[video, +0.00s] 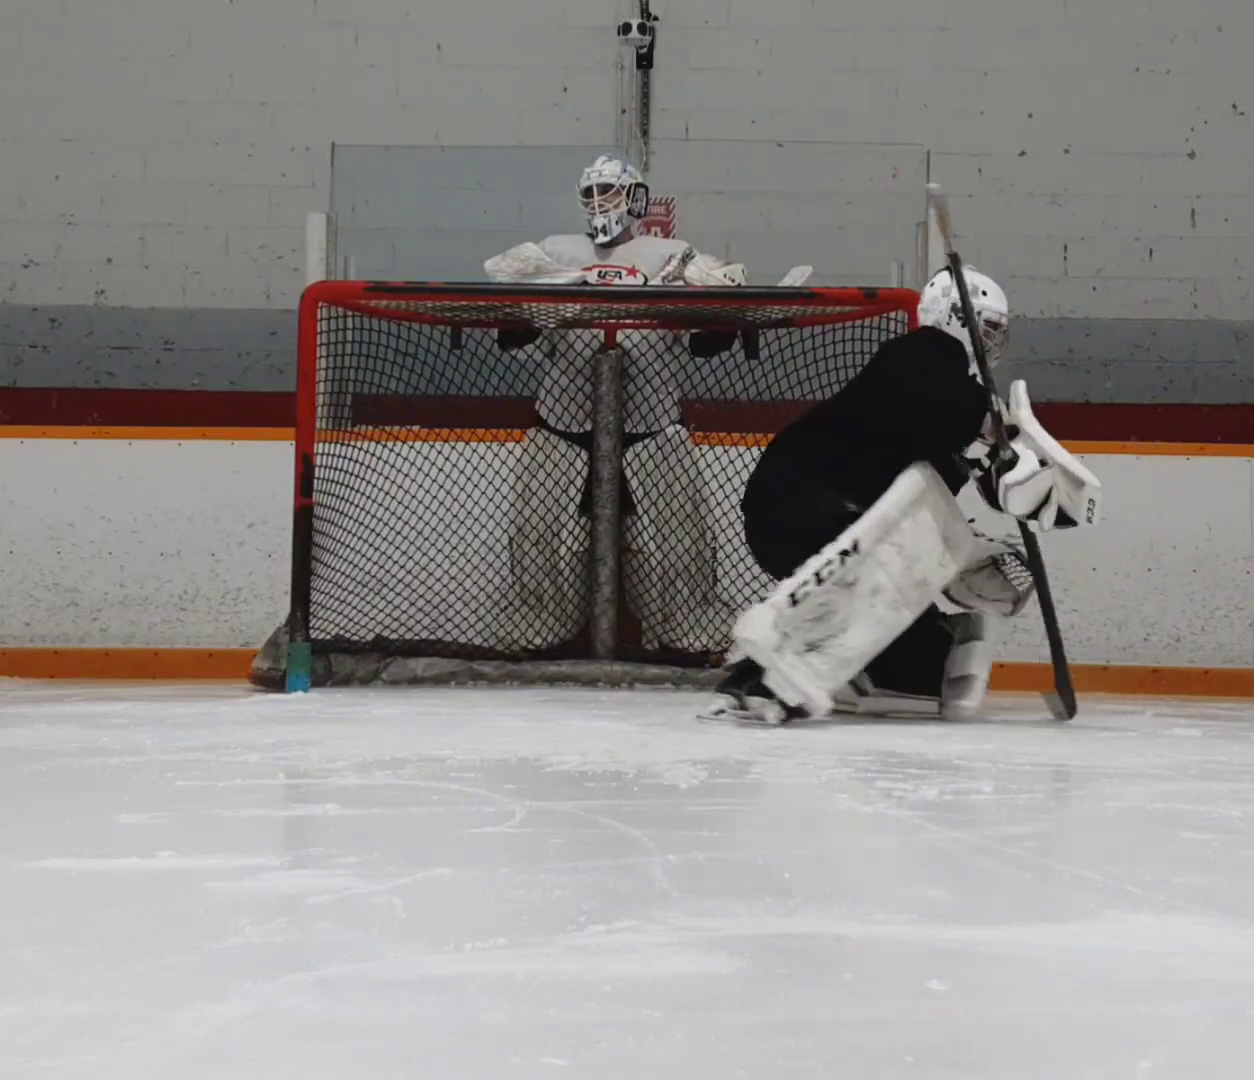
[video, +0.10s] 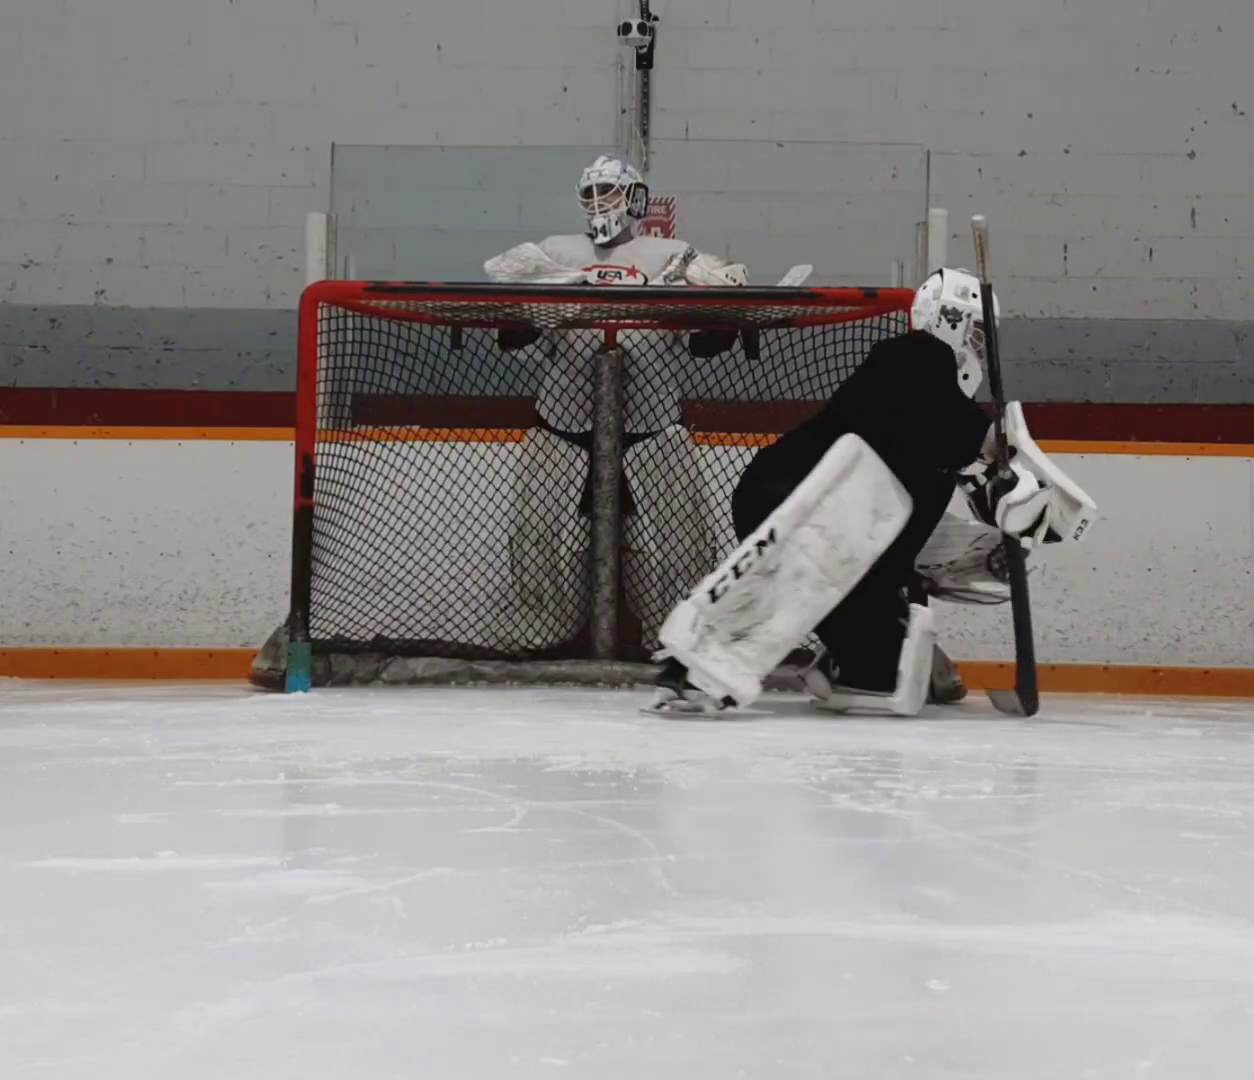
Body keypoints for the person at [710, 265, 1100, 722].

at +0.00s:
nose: (996, 344)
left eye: (999, 332)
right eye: (991, 329)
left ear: (941, 318)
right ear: (961, 319)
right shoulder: (931, 357)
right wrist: (992, 425)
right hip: (799, 499)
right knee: (868, 583)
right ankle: (768, 677)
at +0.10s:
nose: (985, 340)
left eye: (986, 330)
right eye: (979, 328)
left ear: (929, 316)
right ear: (958, 323)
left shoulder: (920, 364)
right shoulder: (920, 358)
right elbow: (926, 421)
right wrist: (983, 432)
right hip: (794, 498)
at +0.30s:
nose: (966, 363)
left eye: (973, 354)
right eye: (958, 349)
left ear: (972, 358)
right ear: (922, 335)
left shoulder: (953, 431)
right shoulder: (874, 365)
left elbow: (919, 513)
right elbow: (837, 439)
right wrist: (891, 453)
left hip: (827, 536)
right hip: (769, 498)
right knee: (688, 584)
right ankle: (582, 666)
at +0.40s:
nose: (937, 372)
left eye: (944, 362)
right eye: (929, 357)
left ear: (942, 365)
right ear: (894, 345)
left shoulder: (933, 437)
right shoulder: (838, 371)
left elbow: (890, 523)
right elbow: (786, 427)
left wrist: (907, 581)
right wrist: (849, 459)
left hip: (806, 556)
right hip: (743, 510)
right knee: (652, 584)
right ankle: (539, 661)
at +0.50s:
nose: (900, 374)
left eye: (908, 365)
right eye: (892, 361)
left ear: (911, 368)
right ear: (855, 350)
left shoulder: (897, 437)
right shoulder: (798, 379)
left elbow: (880, 517)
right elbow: (722, 421)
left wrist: (892, 573)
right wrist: (765, 472)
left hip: (790, 556)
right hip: (715, 523)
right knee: (624, 602)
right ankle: (517, 651)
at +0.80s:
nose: (603, 360)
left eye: (617, 350)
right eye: (594, 349)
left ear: (649, 350)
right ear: (580, 347)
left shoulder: (688, 401)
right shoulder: (552, 401)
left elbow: (750, 475)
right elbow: (479, 441)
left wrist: (772, 514)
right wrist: (431, 473)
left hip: (661, 600)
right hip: (562, 597)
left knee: (665, 741)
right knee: (554, 737)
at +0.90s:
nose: (498, 366)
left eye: (513, 355)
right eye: (492, 354)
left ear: (554, 351)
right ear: (488, 353)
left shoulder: (606, 395)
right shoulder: (472, 409)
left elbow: (684, 449)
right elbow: (404, 455)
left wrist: (707, 501)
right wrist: (351, 480)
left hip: (618, 611)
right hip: (515, 616)